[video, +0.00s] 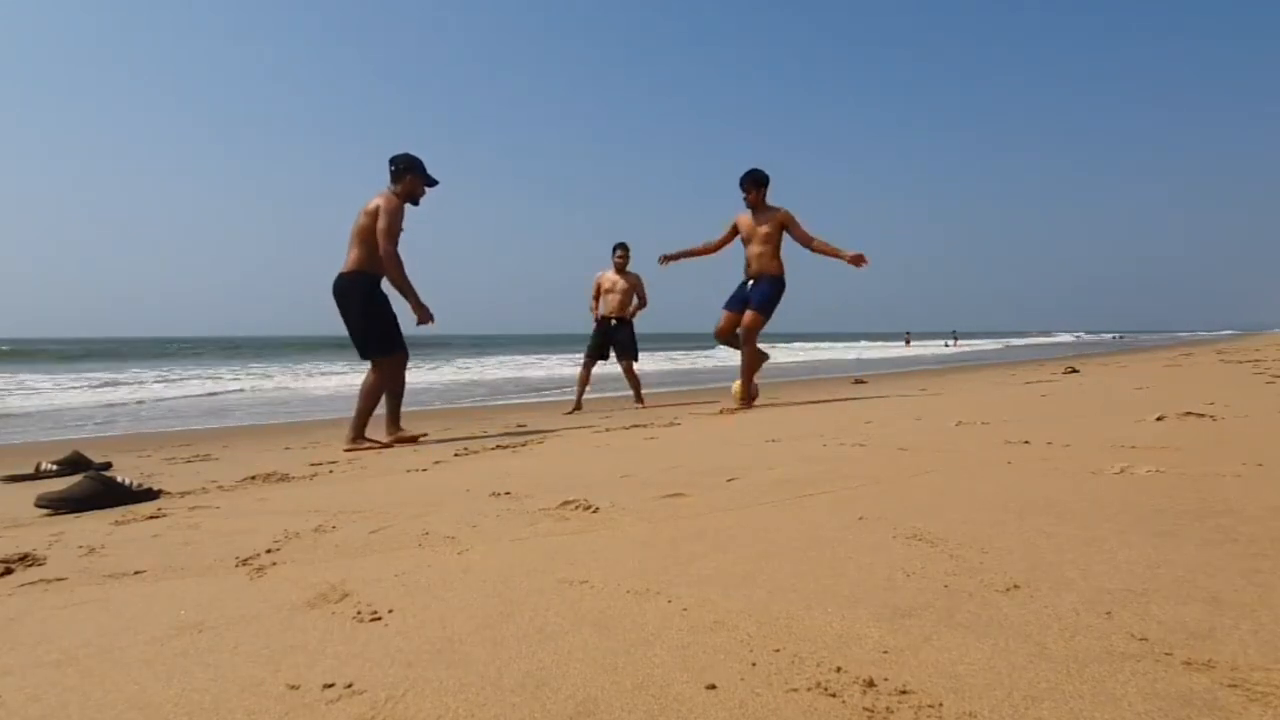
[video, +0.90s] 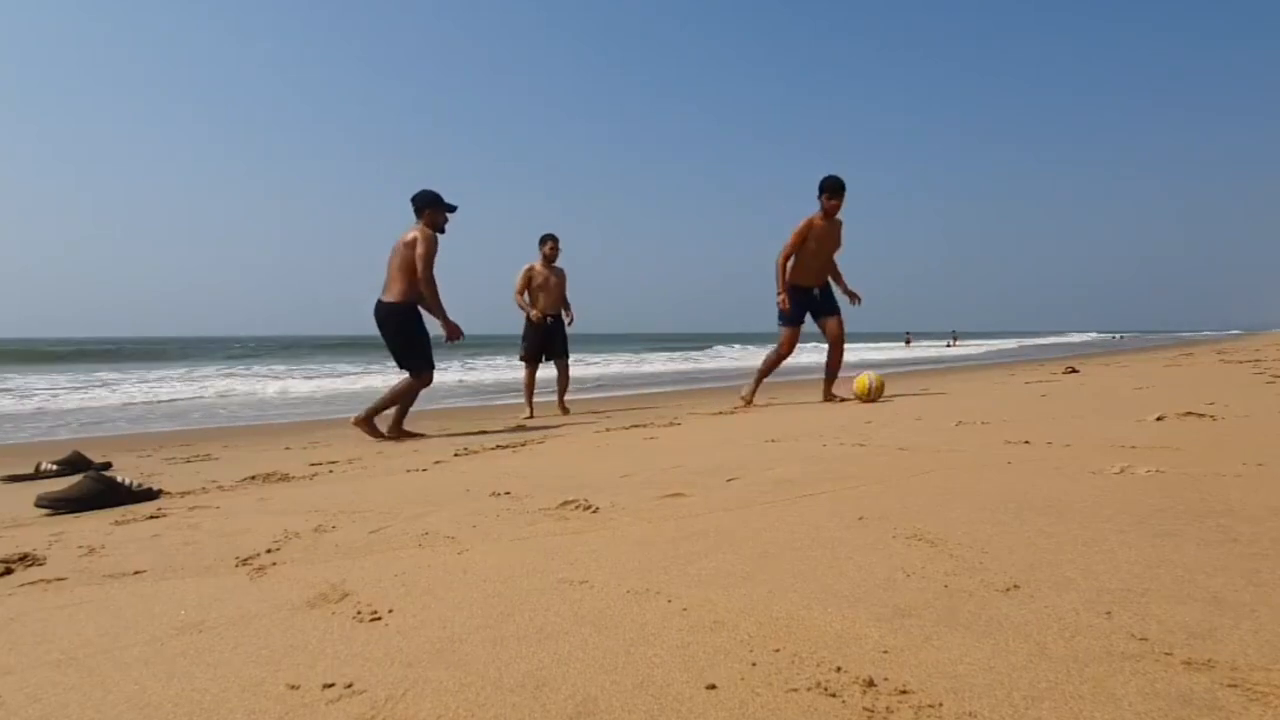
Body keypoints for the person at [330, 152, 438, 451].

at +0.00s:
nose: (424, 190)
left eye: (425, 185)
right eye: (421, 183)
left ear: (401, 180)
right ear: (406, 179)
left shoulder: (384, 204)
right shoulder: (389, 204)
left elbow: (386, 262)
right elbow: (387, 257)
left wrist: (414, 302)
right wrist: (417, 303)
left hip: (363, 286)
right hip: (358, 287)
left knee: (397, 357)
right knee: (383, 363)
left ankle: (393, 429)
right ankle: (355, 436)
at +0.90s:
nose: (447, 218)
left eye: (446, 213)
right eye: (442, 212)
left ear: (423, 214)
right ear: (427, 213)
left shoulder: (408, 238)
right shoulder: (425, 237)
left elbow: (416, 292)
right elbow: (425, 281)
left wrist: (445, 321)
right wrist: (445, 320)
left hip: (387, 307)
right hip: (402, 310)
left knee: (419, 374)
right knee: (423, 376)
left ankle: (395, 426)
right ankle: (367, 416)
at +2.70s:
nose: (727, 155)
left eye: (729, 149)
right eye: (724, 147)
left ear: (707, 144)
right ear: (704, 141)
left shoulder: (706, 185)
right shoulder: (681, 176)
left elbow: (717, 234)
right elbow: (669, 226)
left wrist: (751, 265)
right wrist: (698, 262)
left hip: (710, 264)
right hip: (688, 265)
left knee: (766, 326)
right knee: (746, 295)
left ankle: (736, 407)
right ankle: (788, 385)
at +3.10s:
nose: (758, 164)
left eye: (758, 158)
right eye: (759, 158)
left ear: (730, 154)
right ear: (754, 157)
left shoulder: (702, 181)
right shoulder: (748, 185)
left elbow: (687, 224)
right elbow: (762, 237)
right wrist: (793, 283)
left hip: (677, 266)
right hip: (712, 264)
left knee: (692, 334)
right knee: (763, 333)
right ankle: (786, 404)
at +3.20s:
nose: (732, 166)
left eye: (731, 161)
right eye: (732, 161)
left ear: (703, 158)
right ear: (728, 160)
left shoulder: (675, 188)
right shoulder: (731, 187)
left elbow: (658, 240)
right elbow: (745, 235)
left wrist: (671, 269)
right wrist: (768, 286)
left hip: (666, 272)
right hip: (707, 268)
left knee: (655, 340)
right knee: (753, 336)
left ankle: (618, 405)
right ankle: (787, 404)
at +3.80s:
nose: (603, 185)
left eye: (601, 181)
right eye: (601, 180)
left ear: (575, 180)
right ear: (596, 180)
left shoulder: (556, 210)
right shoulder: (608, 206)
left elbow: (541, 259)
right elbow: (619, 256)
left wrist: (540, 303)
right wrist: (611, 290)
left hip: (561, 283)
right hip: (592, 286)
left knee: (563, 354)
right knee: (582, 360)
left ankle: (546, 417)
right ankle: (536, 407)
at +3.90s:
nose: (600, 182)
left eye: (598, 178)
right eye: (597, 177)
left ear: (572, 178)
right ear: (590, 177)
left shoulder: (553, 209)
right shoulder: (604, 203)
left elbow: (544, 257)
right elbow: (615, 254)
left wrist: (549, 290)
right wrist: (605, 288)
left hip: (557, 278)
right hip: (587, 278)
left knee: (563, 352)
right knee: (587, 359)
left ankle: (538, 414)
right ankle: (543, 406)